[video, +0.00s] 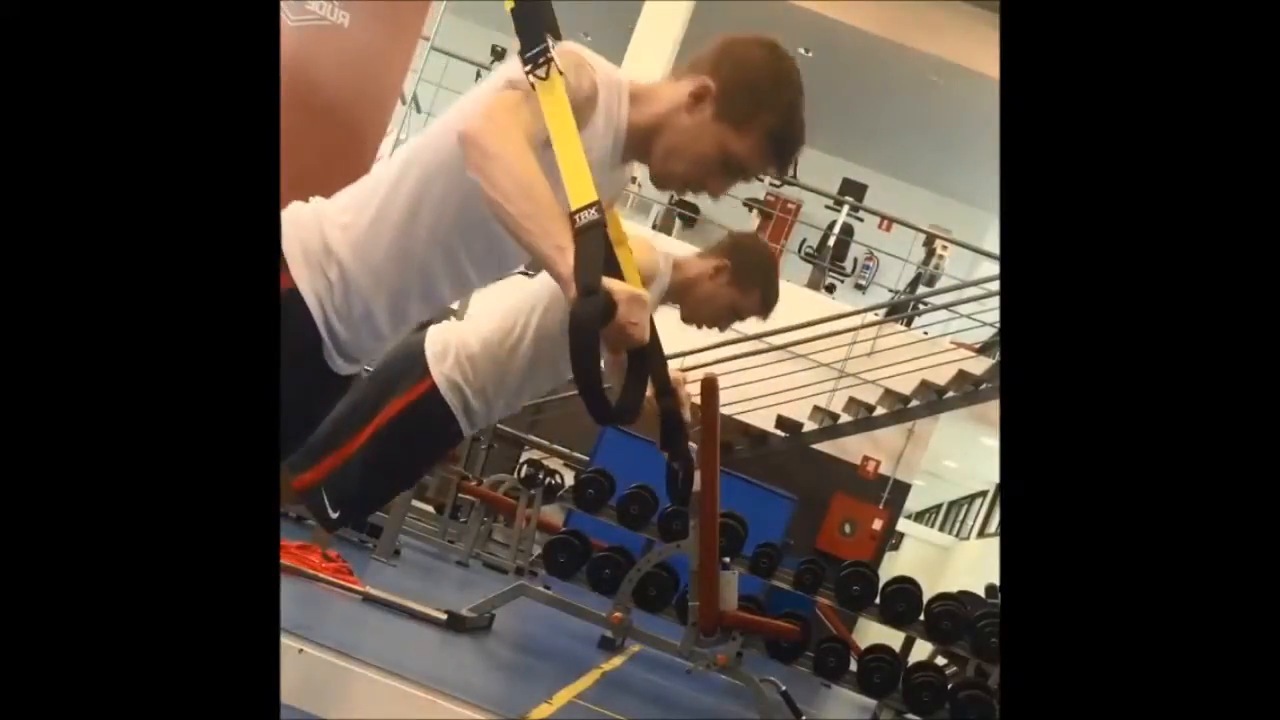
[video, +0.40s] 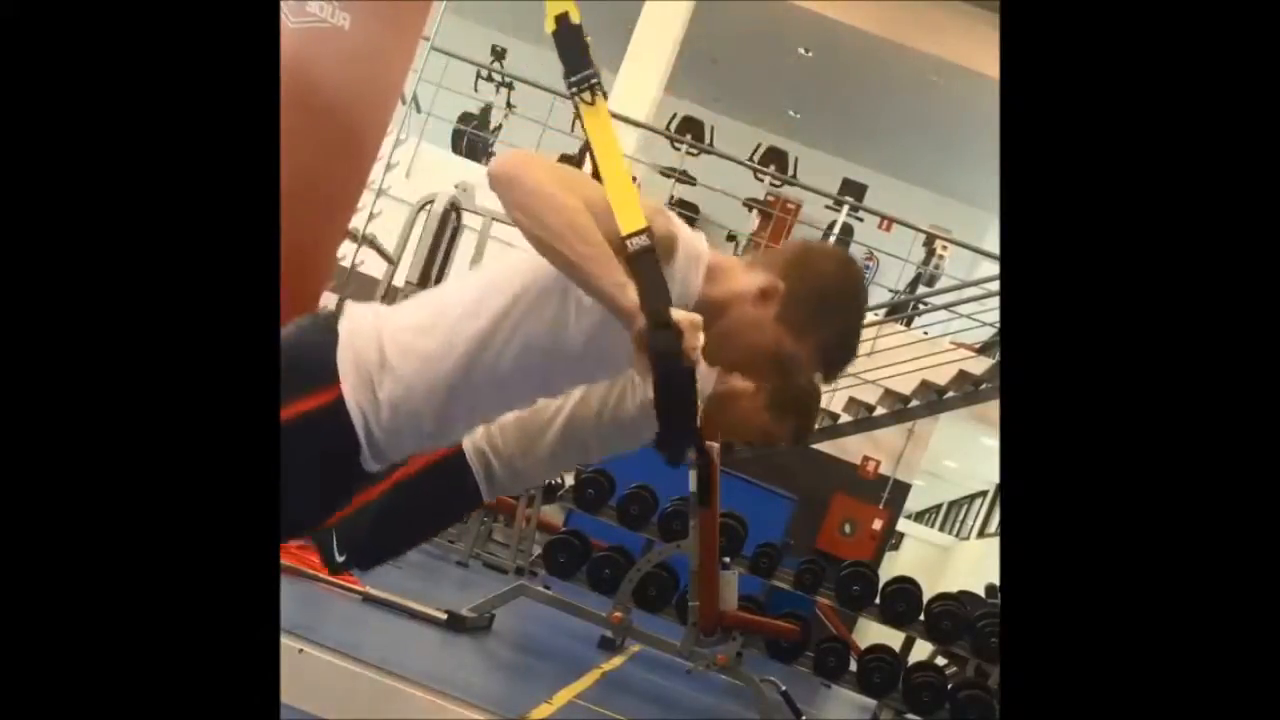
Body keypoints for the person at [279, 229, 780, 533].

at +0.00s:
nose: (722, 327)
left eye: (736, 323)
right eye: (734, 314)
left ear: (717, 270)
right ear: (719, 272)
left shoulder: (650, 279)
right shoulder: (637, 264)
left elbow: (637, 346)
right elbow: (585, 348)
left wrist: (667, 401)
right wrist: (621, 413)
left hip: (457, 391)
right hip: (440, 375)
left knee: (328, 510)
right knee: (306, 501)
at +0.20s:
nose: (737, 386)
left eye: (749, 383)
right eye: (749, 375)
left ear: (737, 339)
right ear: (739, 333)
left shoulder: (677, 351)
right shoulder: (666, 310)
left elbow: (628, 403)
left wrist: (677, 407)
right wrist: (666, 398)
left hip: (480, 433)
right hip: (463, 411)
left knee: (339, 524)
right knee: (321, 516)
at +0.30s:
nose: (743, 419)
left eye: (753, 416)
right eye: (754, 407)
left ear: (749, 369)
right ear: (748, 363)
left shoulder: (686, 382)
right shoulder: (674, 328)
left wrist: (699, 432)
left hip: (484, 454)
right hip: (465, 429)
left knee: (341, 535)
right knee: (326, 529)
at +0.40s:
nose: (742, 443)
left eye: (755, 442)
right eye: (756, 432)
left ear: (753, 397)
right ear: (752, 386)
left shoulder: (681, 404)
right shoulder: (675, 362)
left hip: (483, 473)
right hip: (464, 450)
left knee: (340, 553)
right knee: (325, 548)